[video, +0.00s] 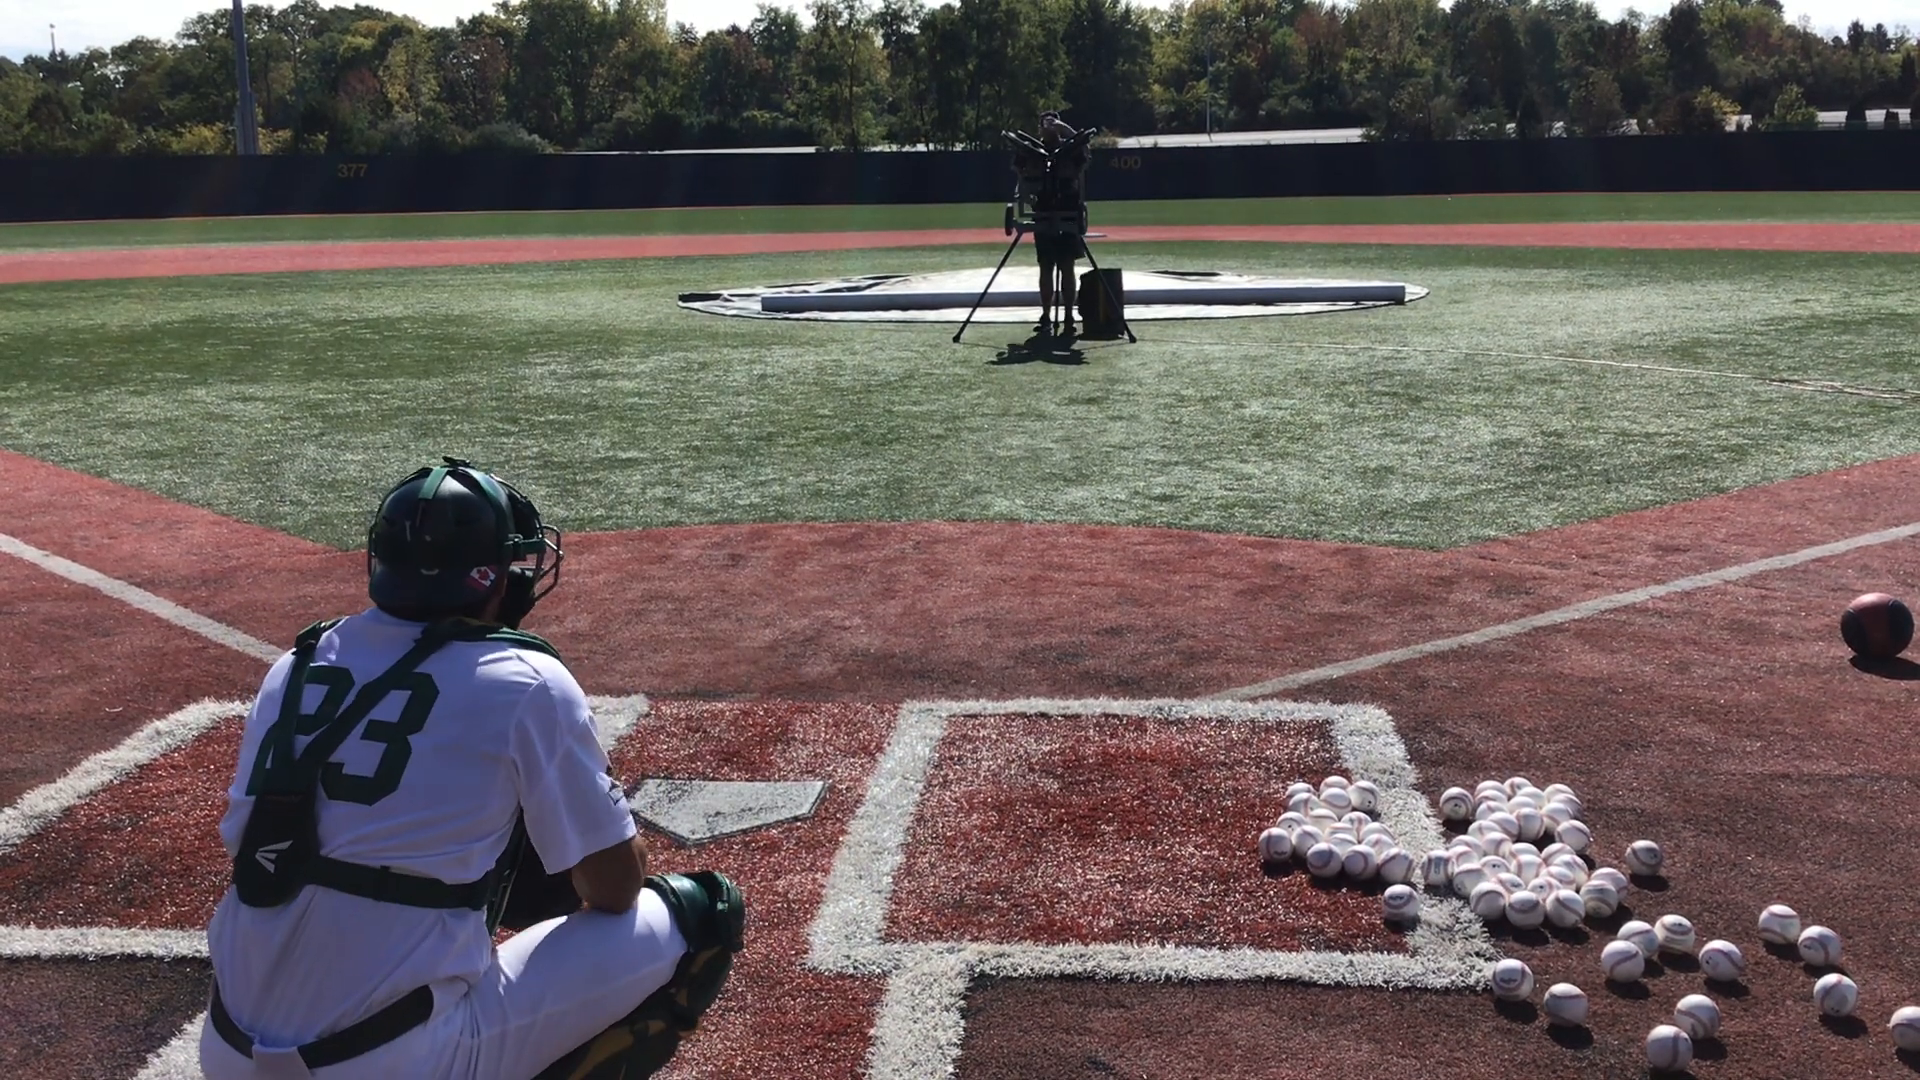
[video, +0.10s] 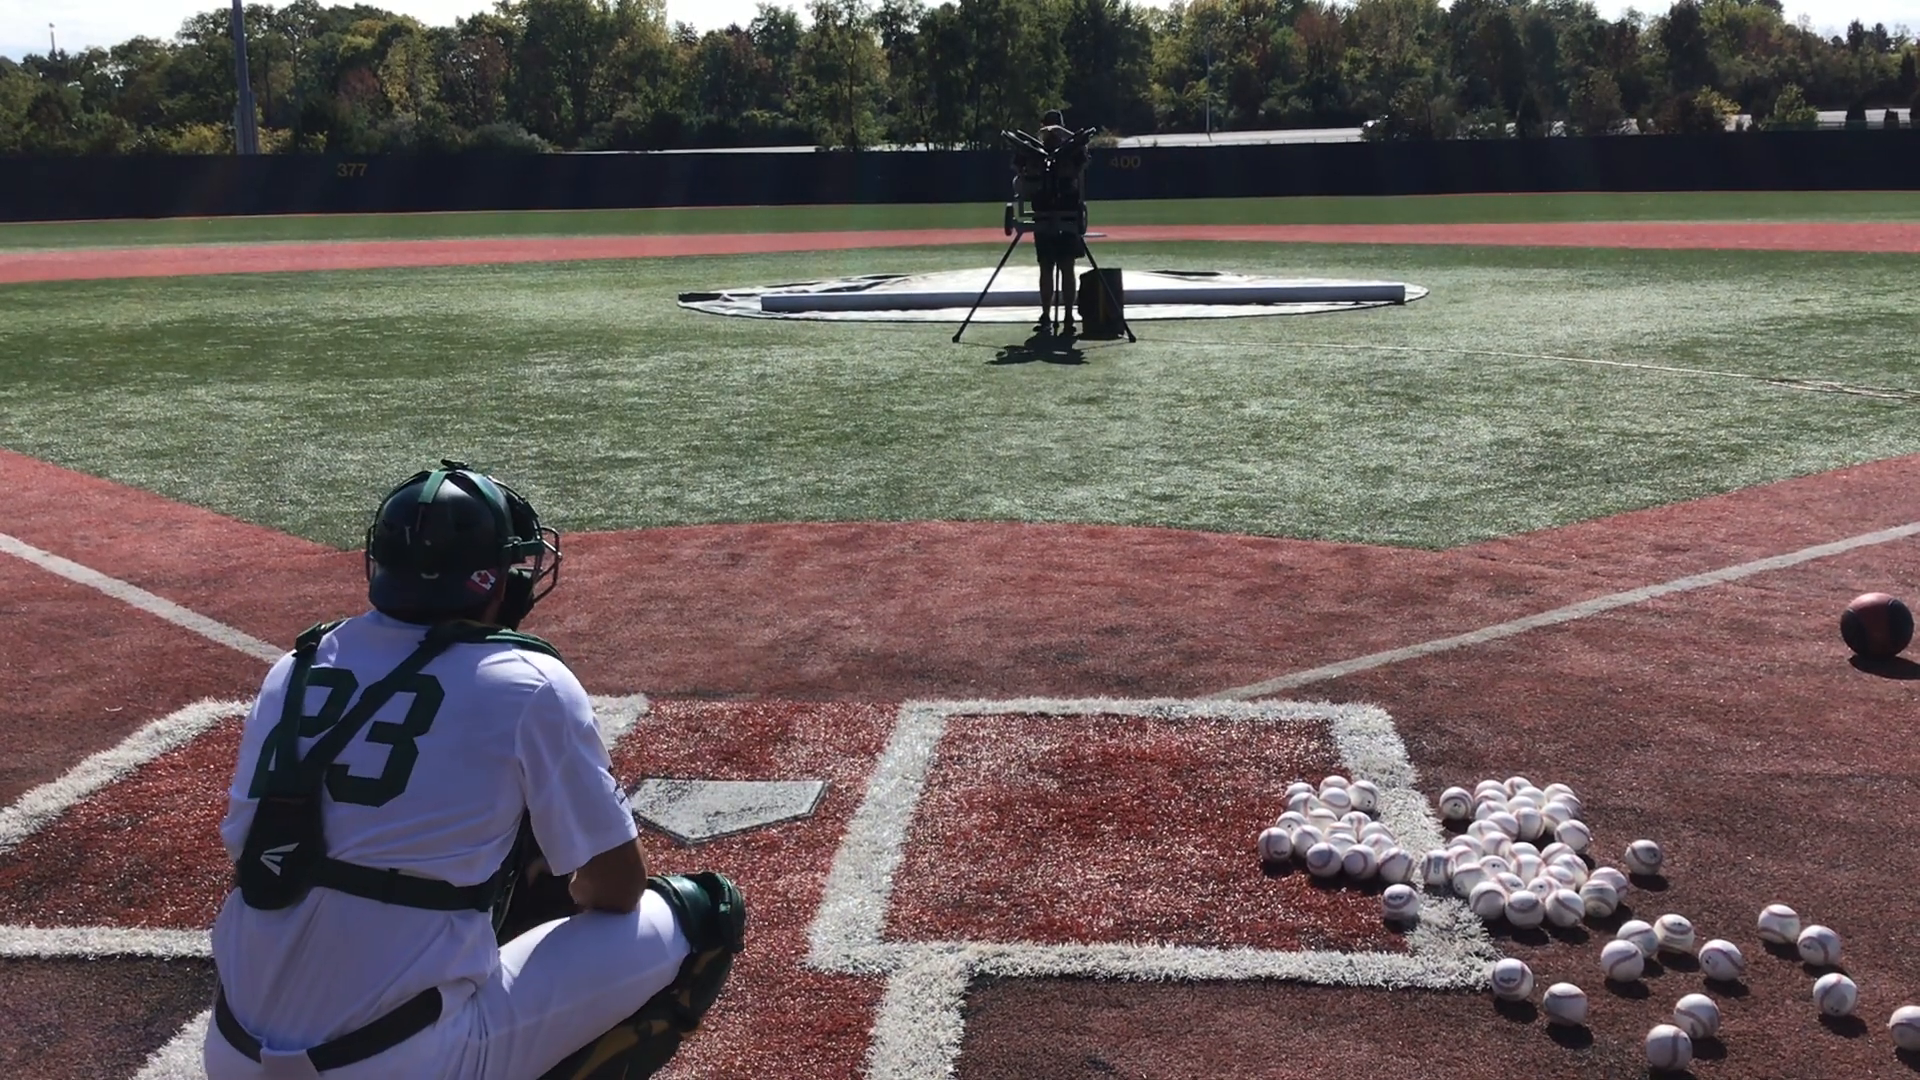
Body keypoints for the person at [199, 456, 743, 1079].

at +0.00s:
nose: (523, 576)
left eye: (520, 561)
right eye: (515, 565)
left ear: (384, 566)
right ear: (490, 583)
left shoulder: (300, 660)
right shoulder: (526, 683)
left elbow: (242, 838)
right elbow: (613, 888)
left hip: (232, 1045)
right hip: (398, 1058)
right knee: (703, 911)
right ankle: (563, 1064)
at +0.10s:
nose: (524, 576)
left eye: (521, 561)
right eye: (515, 565)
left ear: (385, 570)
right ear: (491, 584)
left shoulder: (302, 661)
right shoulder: (529, 685)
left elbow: (242, 839)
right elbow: (616, 887)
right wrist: (540, 889)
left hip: (236, 1048)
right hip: (403, 1061)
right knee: (703, 912)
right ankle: (560, 1068)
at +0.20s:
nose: (527, 574)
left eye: (523, 559)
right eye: (518, 564)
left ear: (386, 568)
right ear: (493, 584)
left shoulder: (299, 663)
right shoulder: (533, 683)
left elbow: (245, 838)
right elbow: (621, 885)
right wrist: (556, 883)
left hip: (238, 1046)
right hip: (405, 1060)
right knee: (703, 909)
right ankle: (561, 1066)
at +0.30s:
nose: (530, 573)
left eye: (526, 558)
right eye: (521, 563)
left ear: (388, 568)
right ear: (495, 584)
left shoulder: (302, 659)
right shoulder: (537, 680)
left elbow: (244, 832)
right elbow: (619, 886)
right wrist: (528, 886)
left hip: (238, 1046)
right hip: (409, 1060)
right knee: (701, 904)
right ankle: (558, 1067)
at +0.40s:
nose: (531, 576)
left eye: (527, 562)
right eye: (522, 566)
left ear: (390, 569)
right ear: (496, 587)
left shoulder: (301, 666)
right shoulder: (541, 684)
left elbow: (246, 852)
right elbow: (619, 890)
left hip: (240, 1048)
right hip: (413, 1061)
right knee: (702, 906)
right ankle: (562, 1067)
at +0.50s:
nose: (532, 578)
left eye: (529, 563)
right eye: (524, 567)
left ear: (390, 572)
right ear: (498, 588)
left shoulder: (303, 667)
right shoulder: (543, 686)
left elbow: (246, 857)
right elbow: (622, 892)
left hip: (242, 1048)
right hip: (416, 1061)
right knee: (701, 907)